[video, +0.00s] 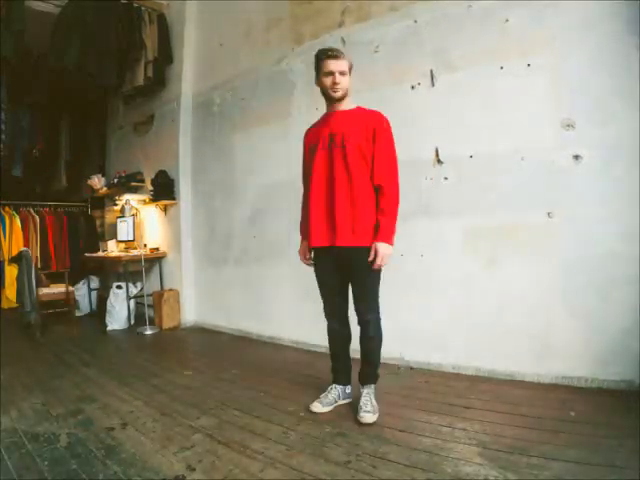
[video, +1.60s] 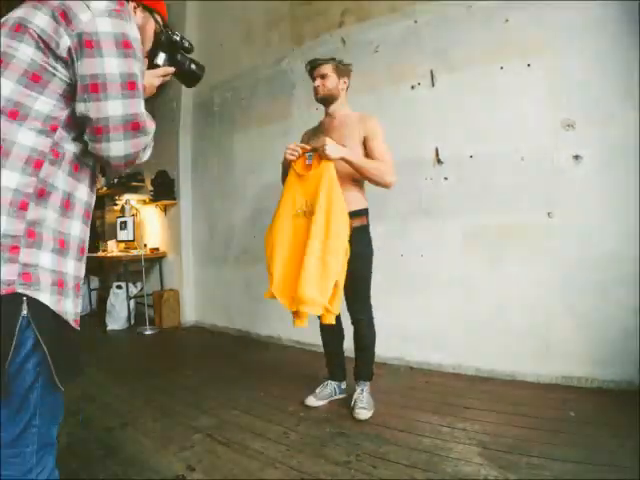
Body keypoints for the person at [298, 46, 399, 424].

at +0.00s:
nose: (336, 80)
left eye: (342, 73)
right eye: (329, 74)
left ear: (351, 76)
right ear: (319, 81)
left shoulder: (375, 123)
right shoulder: (313, 133)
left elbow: (388, 185)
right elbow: (309, 190)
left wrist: (385, 237)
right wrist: (305, 236)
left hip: (363, 240)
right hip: (325, 242)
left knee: (367, 317)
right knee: (335, 318)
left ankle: (368, 388)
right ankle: (342, 385)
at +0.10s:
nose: (336, 85)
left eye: (344, 80)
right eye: (333, 81)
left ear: (361, 91)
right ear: (328, 90)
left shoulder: (377, 122)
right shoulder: (325, 129)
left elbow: (354, 143)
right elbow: (302, 161)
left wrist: (337, 104)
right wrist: (315, 112)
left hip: (366, 231)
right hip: (332, 231)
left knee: (371, 310)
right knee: (338, 310)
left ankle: (372, 382)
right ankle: (345, 378)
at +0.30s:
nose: (277, 83)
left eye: (284, 79)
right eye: (273, 80)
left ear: (298, 92)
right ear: (269, 95)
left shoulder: (323, 138)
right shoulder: (254, 140)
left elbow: (336, 191)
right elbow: (247, 195)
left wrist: (338, 237)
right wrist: (249, 242)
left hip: (316, 238)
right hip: (274, 240)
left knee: (331, 312)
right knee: (284, 314)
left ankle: (349, 394)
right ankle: (294, 387)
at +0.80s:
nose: (330, 75)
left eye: (336, 69)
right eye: (323, 70)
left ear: (349, 74)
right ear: (316, 79)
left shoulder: (370, 126)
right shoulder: (303, 130)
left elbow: (385, 181)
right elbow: (293, 186)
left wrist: (391, 231)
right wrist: (297, 236)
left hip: (365, 237)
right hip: (322, 239)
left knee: (365, 315)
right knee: (328, 316)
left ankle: (364, 384)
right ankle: (333, 387)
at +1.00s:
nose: (298, 79)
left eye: (304, 72)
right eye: (298, 73)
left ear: (327, 75)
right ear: (316, 78)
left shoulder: (361, 114)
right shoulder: (305, 130)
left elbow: (378, 172)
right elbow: (299, 178)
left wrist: (325, 191)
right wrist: (294, 192)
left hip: (349, 233)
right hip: (311, 233)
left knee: (355, 315)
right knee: (318, 314)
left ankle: (362, 401)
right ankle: (321, 388)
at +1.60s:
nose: (316, 84)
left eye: (323, 77)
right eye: (314, 79)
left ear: (344, 82)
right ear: (313, 87)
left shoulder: (365, 124)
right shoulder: (310, 136)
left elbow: (386, 176)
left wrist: (344, 154)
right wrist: (288, 164)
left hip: (352, 226)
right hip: (319, 228)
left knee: (358, 308)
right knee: (326, 305)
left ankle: (363, 385)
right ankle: (336, 381)